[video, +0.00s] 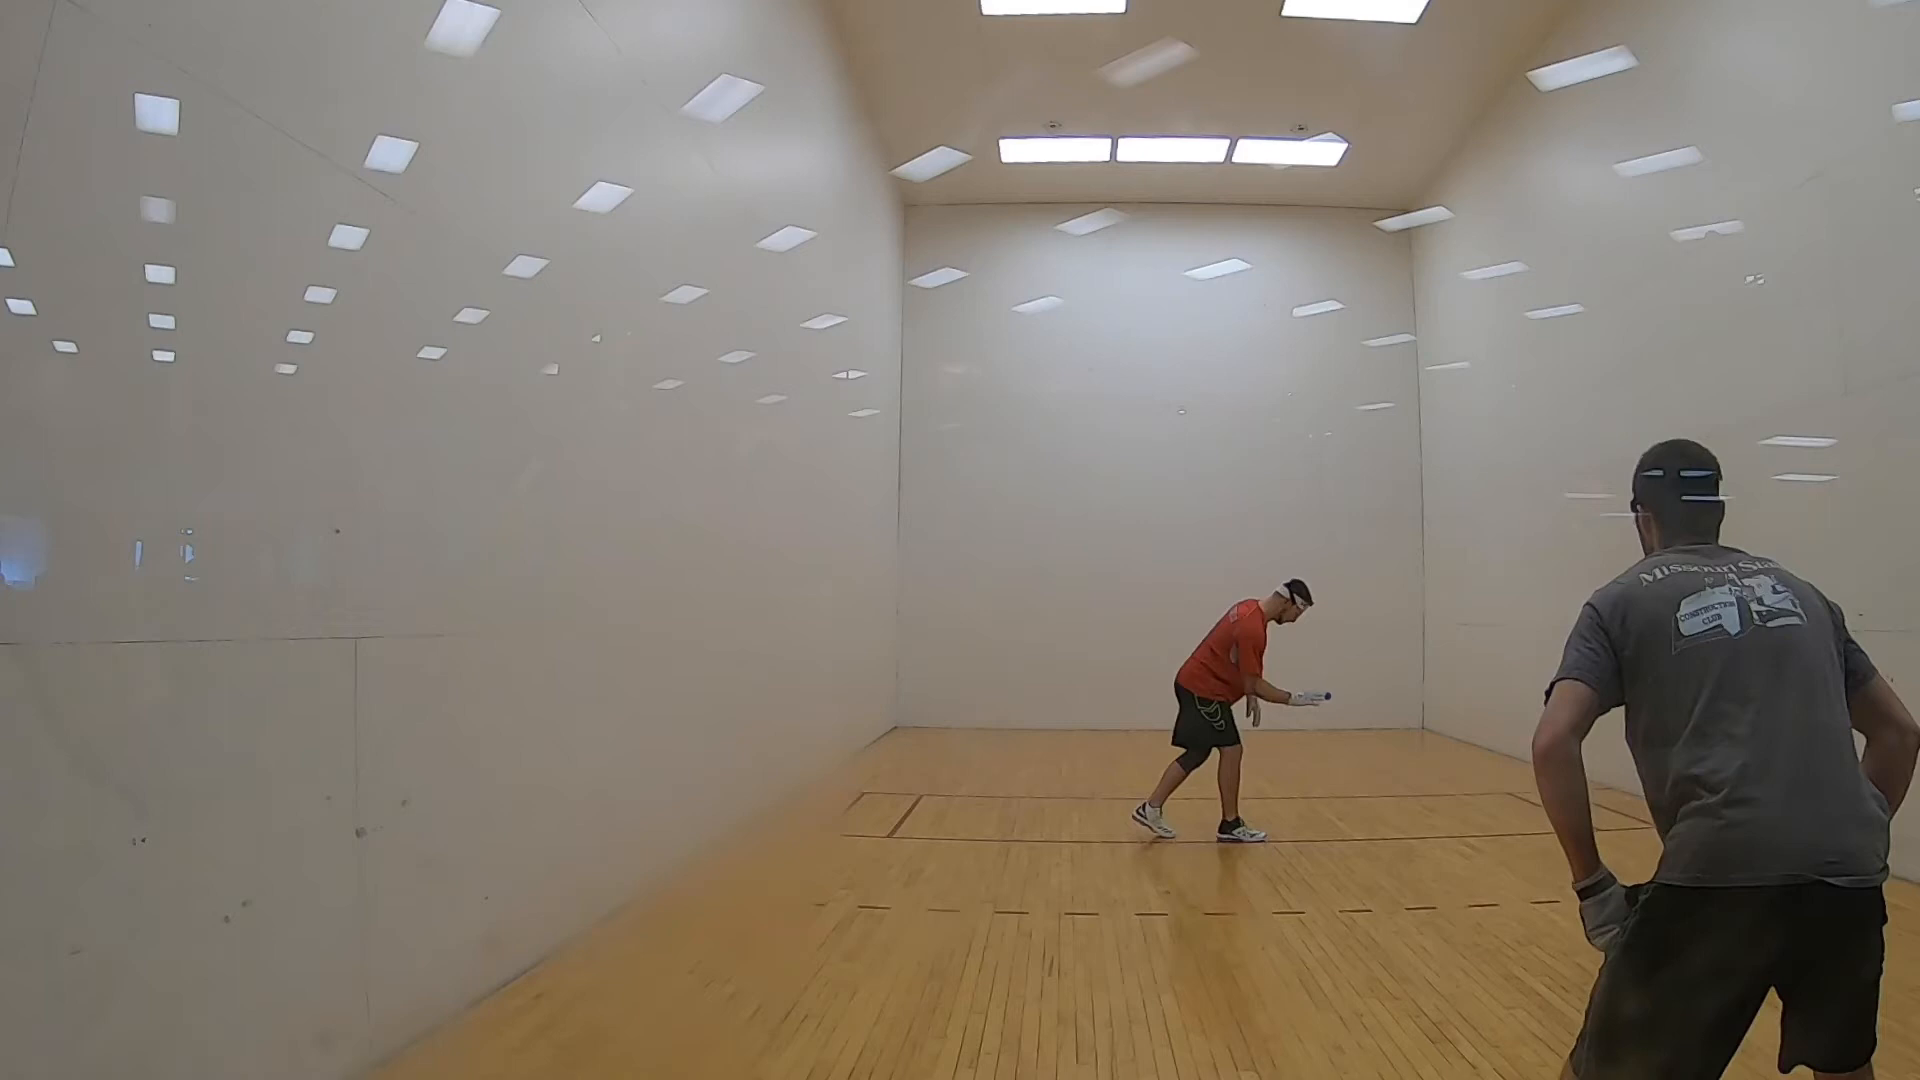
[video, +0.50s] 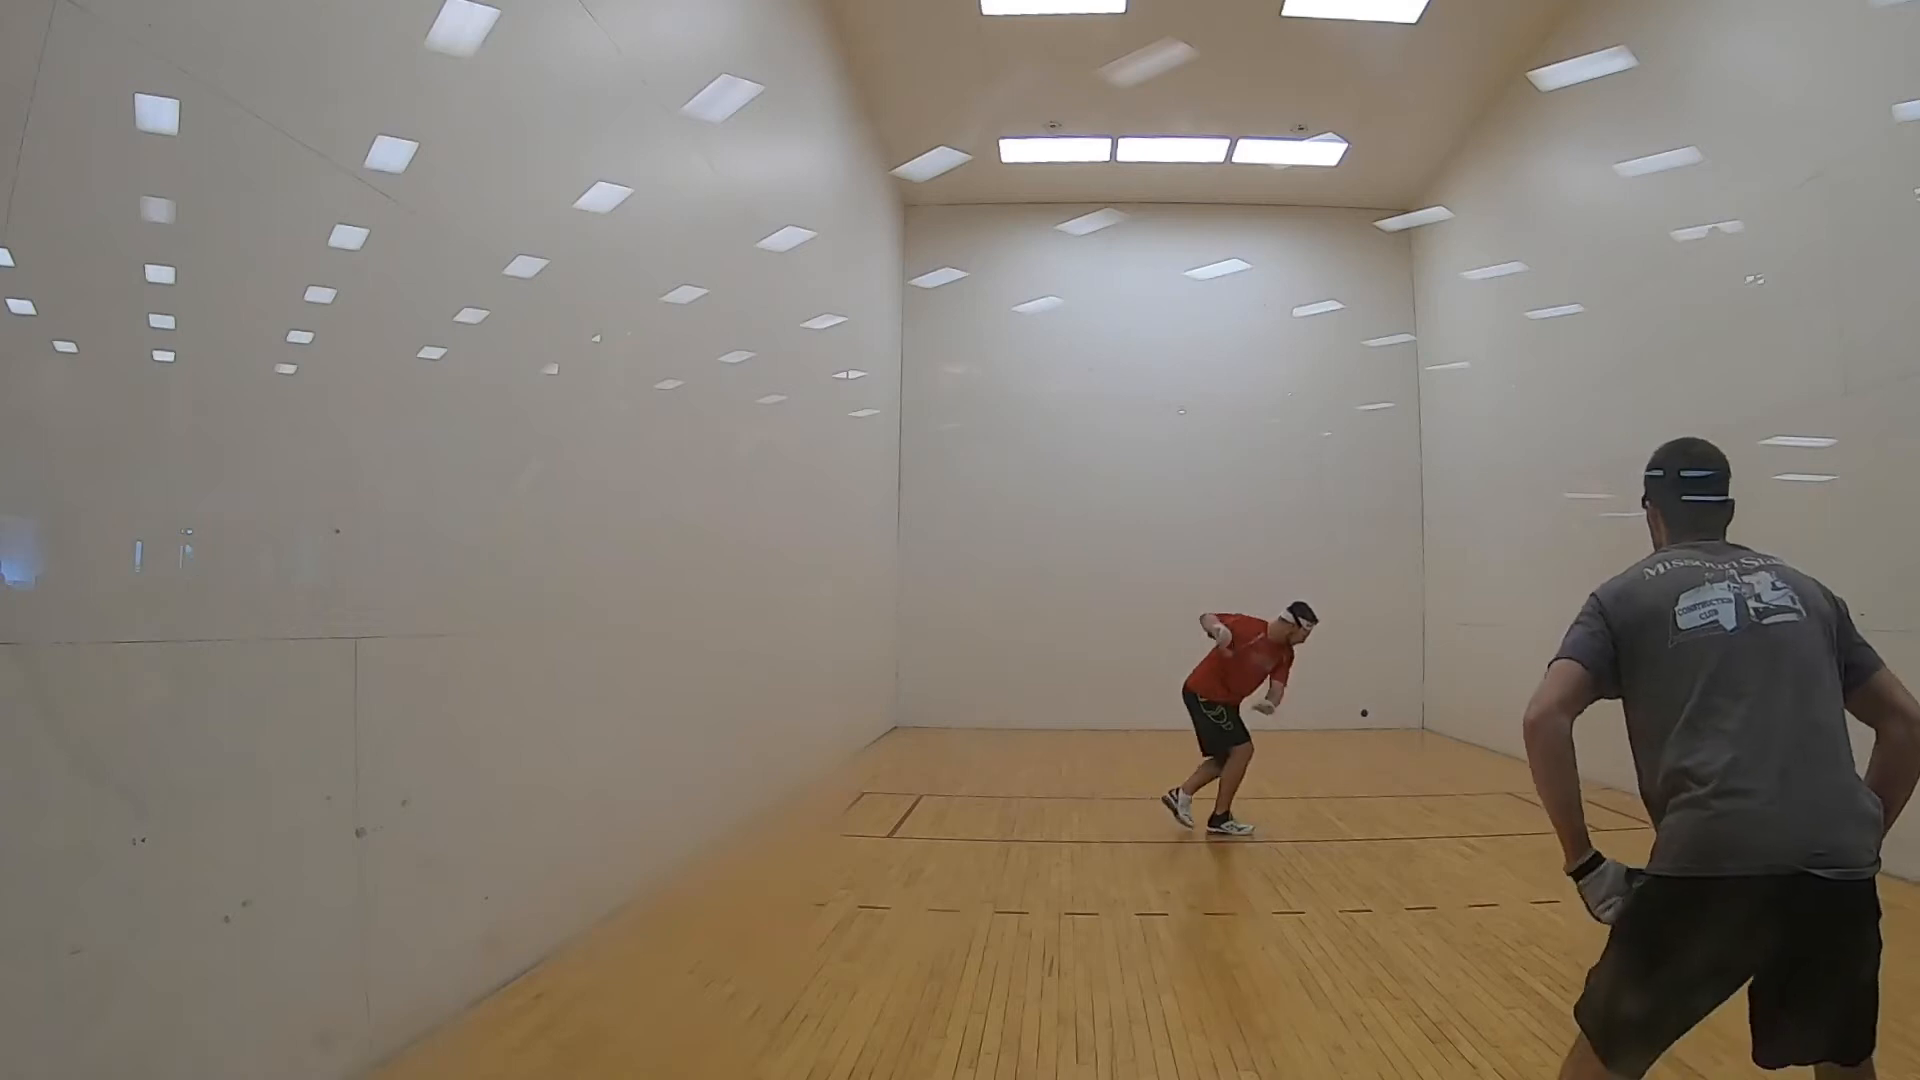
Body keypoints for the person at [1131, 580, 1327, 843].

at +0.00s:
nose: (1297, 618)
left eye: (1301, 613)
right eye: (1299, 611)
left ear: (1281, 599)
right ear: (1288, 602)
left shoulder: (1248, 609)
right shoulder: (1252, 630)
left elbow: (1243, 657)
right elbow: (1252, 683)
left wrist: (1250, 693)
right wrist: (1292, 699)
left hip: (1193, 684)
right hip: (1206, 691)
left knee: (1196, 753)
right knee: (1232, 750)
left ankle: (1150, 809)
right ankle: (1230, 824)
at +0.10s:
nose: (1293, 619)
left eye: (1297, 614)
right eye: (1295, 612)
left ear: (1280, 602)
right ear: (1283, 603)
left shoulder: (1247, 612)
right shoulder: (1249, 628)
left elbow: (1240, 659)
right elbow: (1242, 682)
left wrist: (1251, 694)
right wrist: (1278, 705)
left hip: (1191, 685)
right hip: (1201, 691)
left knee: (1189, 753)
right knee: (1230, 749)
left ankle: (1146, 812)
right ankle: (1230, 824)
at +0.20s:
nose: (1291, 620)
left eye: (1294, 615)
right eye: (1292, 613)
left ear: (1279, 605)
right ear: (1280, 605)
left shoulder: (1259, 628)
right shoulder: (1237, 625)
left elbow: (1249, 667)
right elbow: (1215, 671)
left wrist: (1250, 699)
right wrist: (1247, 699)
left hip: (1203, 693)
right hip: (1195, 691)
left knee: (1188, 752)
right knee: (1233, 745)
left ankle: (1145, 813)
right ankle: (1230, 821)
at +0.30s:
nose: (1294, 621)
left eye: (1297, 616)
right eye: (1295, 614)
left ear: (1282, 609)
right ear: (1281, 607)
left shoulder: (1271, 635)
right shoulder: (1235, 620)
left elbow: (1258, 671)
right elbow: (1198, 649)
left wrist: (1247, 689)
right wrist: (1227, 681)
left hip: (1211, 694)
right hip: (1195, 689)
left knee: (1192, 752)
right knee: (1239, 742)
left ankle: (1147, 811)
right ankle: (1225, 816)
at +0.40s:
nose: (1301, 628)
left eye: (1304, 623)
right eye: (1301, 621)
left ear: (1288, 616)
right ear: (1287, 614)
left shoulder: (1280, 644)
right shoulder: (1243, 621)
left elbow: (1267, 677)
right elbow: (1197, 629)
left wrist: (1252, 683)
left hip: (1224, 699)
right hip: (1200, 691)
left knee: (1209, 757)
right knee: (1240, 746)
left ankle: (1157, 803)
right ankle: (1220, 817)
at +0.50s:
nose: (1306, 637)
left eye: (1309, 633)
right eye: (1306, 631)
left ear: (1293, 627)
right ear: (1293, 626)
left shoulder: (1284, 654)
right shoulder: (1250, 627)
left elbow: (1277, 685)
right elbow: (1207, 618)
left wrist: (1270, 703)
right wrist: (1218, 630)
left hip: (1227, 700)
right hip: (1203, 693)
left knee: (1226, 758)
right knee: (1243, 749)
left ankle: (1181, 794)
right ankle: (1220, 817)